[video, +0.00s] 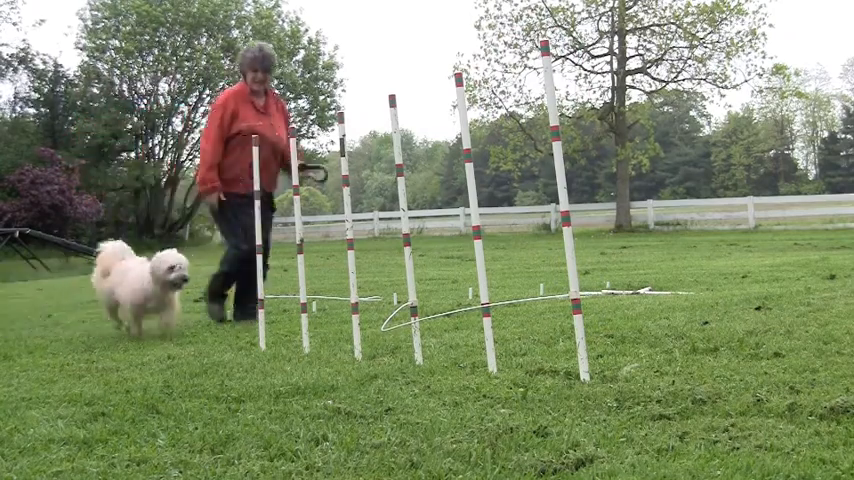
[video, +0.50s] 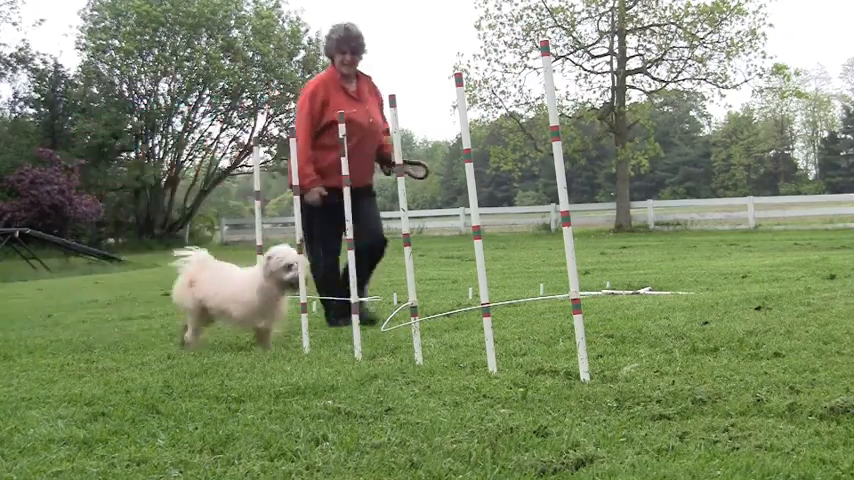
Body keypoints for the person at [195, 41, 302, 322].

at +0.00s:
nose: (259, 76)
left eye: (264, 71)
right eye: (253, 71)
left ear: (271, 72)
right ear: (243, 72)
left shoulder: (277, 105)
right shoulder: (228, 100)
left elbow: (283, 145)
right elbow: (211, 143)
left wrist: (293, 164)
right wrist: (208, 185)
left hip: (263, 193)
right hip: (231, 193)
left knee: (258, 255)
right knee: (243, 248)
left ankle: (246, 313)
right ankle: (216, 294)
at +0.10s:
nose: (277, 73)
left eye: (282, 68)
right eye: (271, 68)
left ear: (290, 68)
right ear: (261, 68)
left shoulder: (296, 101)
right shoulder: (246, 97)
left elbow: (307, 135)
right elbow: (223, 137)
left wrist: (315, 157)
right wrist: (207, 176)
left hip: (274, 187)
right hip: (241, 183)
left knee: (256, 248)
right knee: (273, 230)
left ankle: (243, 310)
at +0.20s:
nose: (295, 73)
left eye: (301, 68)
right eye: (289, 68)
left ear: (308, 69)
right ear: (279, 69)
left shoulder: (317, 104)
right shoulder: (266, 98)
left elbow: (330, 140)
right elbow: (239, 138)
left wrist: (338, 151)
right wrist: (216, 175)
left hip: (289, 188)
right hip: (259, 186)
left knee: (267, 251)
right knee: (290, 245)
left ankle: (245, 312)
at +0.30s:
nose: (312, 72)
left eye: (317, 66)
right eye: (305, 67)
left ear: (324, 67)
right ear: (295, 69)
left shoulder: (332, 101)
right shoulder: (282, 101)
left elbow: (348, 137)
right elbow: (256, 143)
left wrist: (357, 155)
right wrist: (234, 181)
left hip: (315, 192)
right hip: (284, 190)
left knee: (290, 255)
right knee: (314, 249)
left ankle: (255, 303)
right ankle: (338, 313)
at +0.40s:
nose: (329, 68)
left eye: (334, 62)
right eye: (323, 62)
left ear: (341, 63)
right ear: (313, 63)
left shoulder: (348, 93)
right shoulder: (301, 95)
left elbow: (362, 135)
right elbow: (280, 140)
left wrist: (374, 156)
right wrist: (267, 184)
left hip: (335, 187)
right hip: (302, 188)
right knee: (324, 248)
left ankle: (294, 288)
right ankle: (337, 313)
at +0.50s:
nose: (348, 59)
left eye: (353, 53)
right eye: (341, 54)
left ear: (361, 54)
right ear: (331, 55)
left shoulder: (368, 87)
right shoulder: (316, 89)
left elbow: (378, 132)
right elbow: (301, 138)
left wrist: (389, 158)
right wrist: (308, 182)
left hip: (360, 186)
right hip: (323, 188)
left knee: (374, 243)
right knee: (325, 254)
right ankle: (336, 313)